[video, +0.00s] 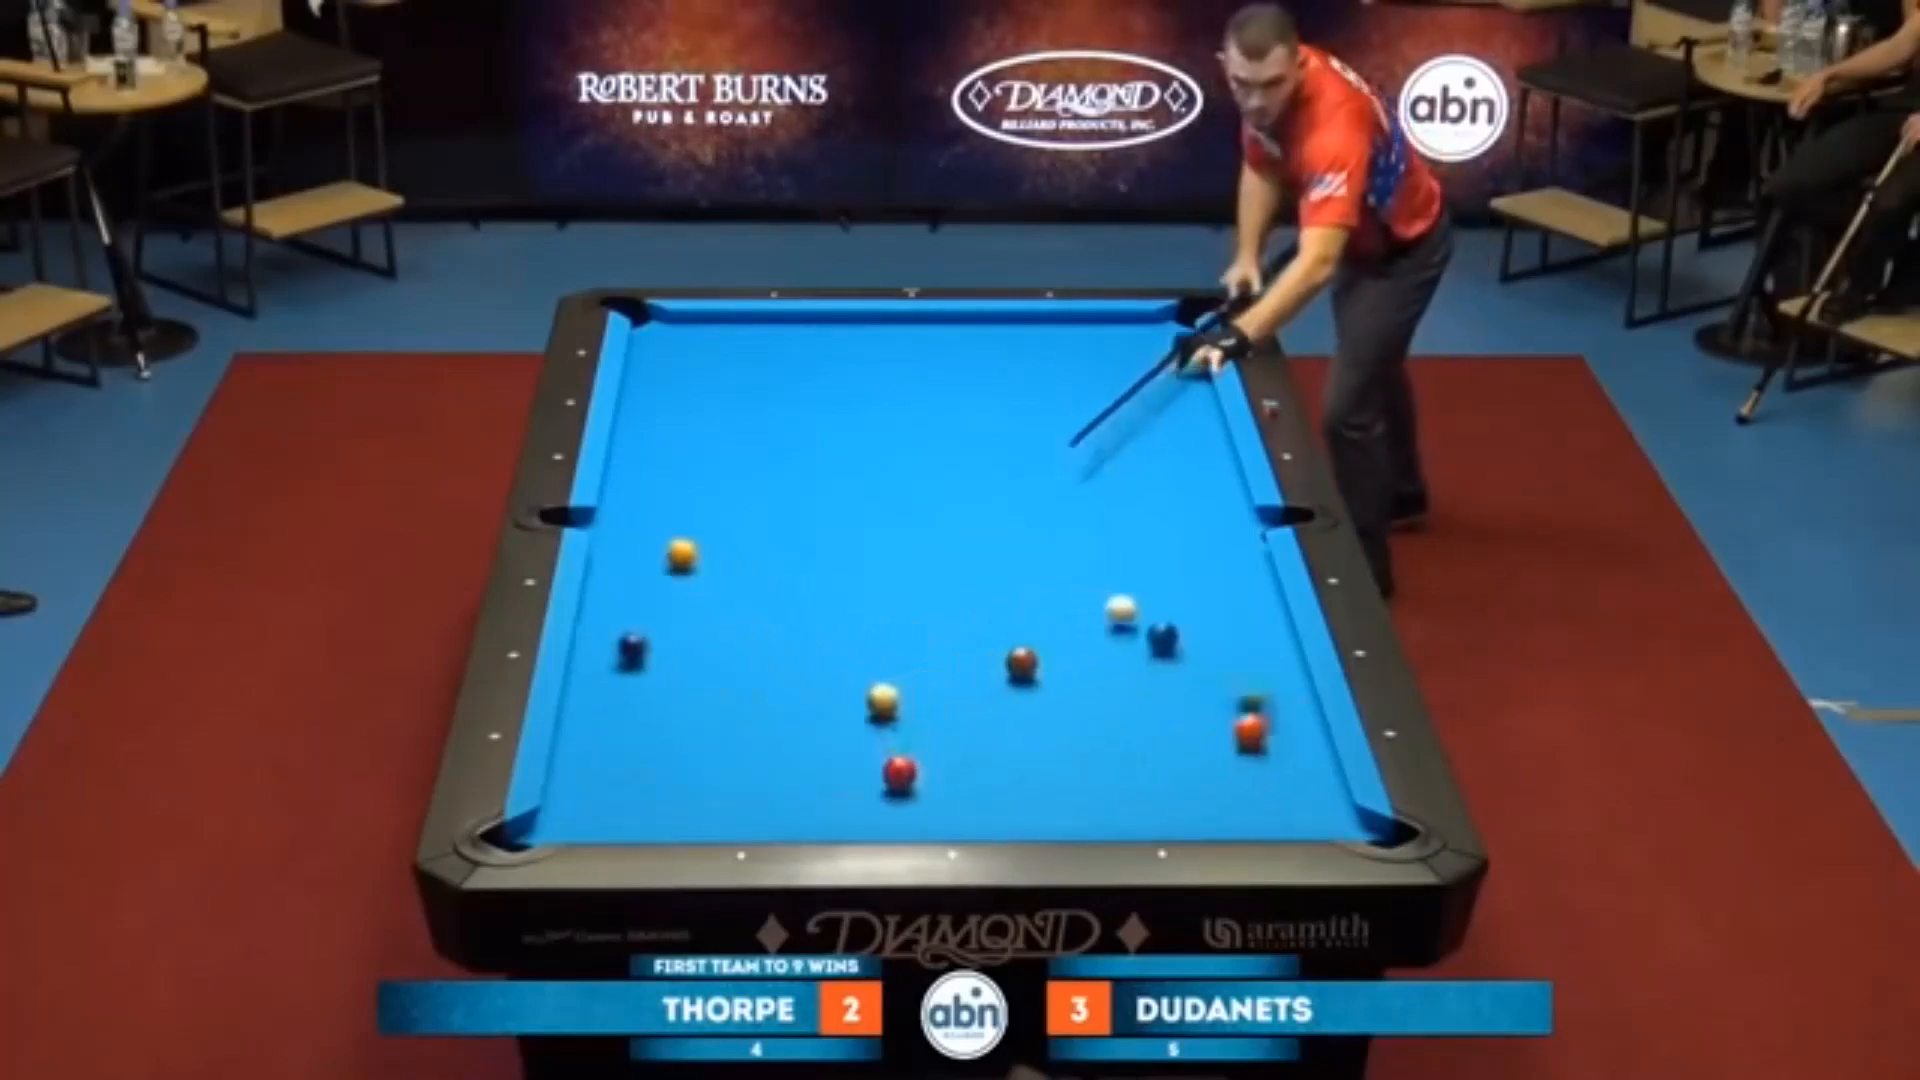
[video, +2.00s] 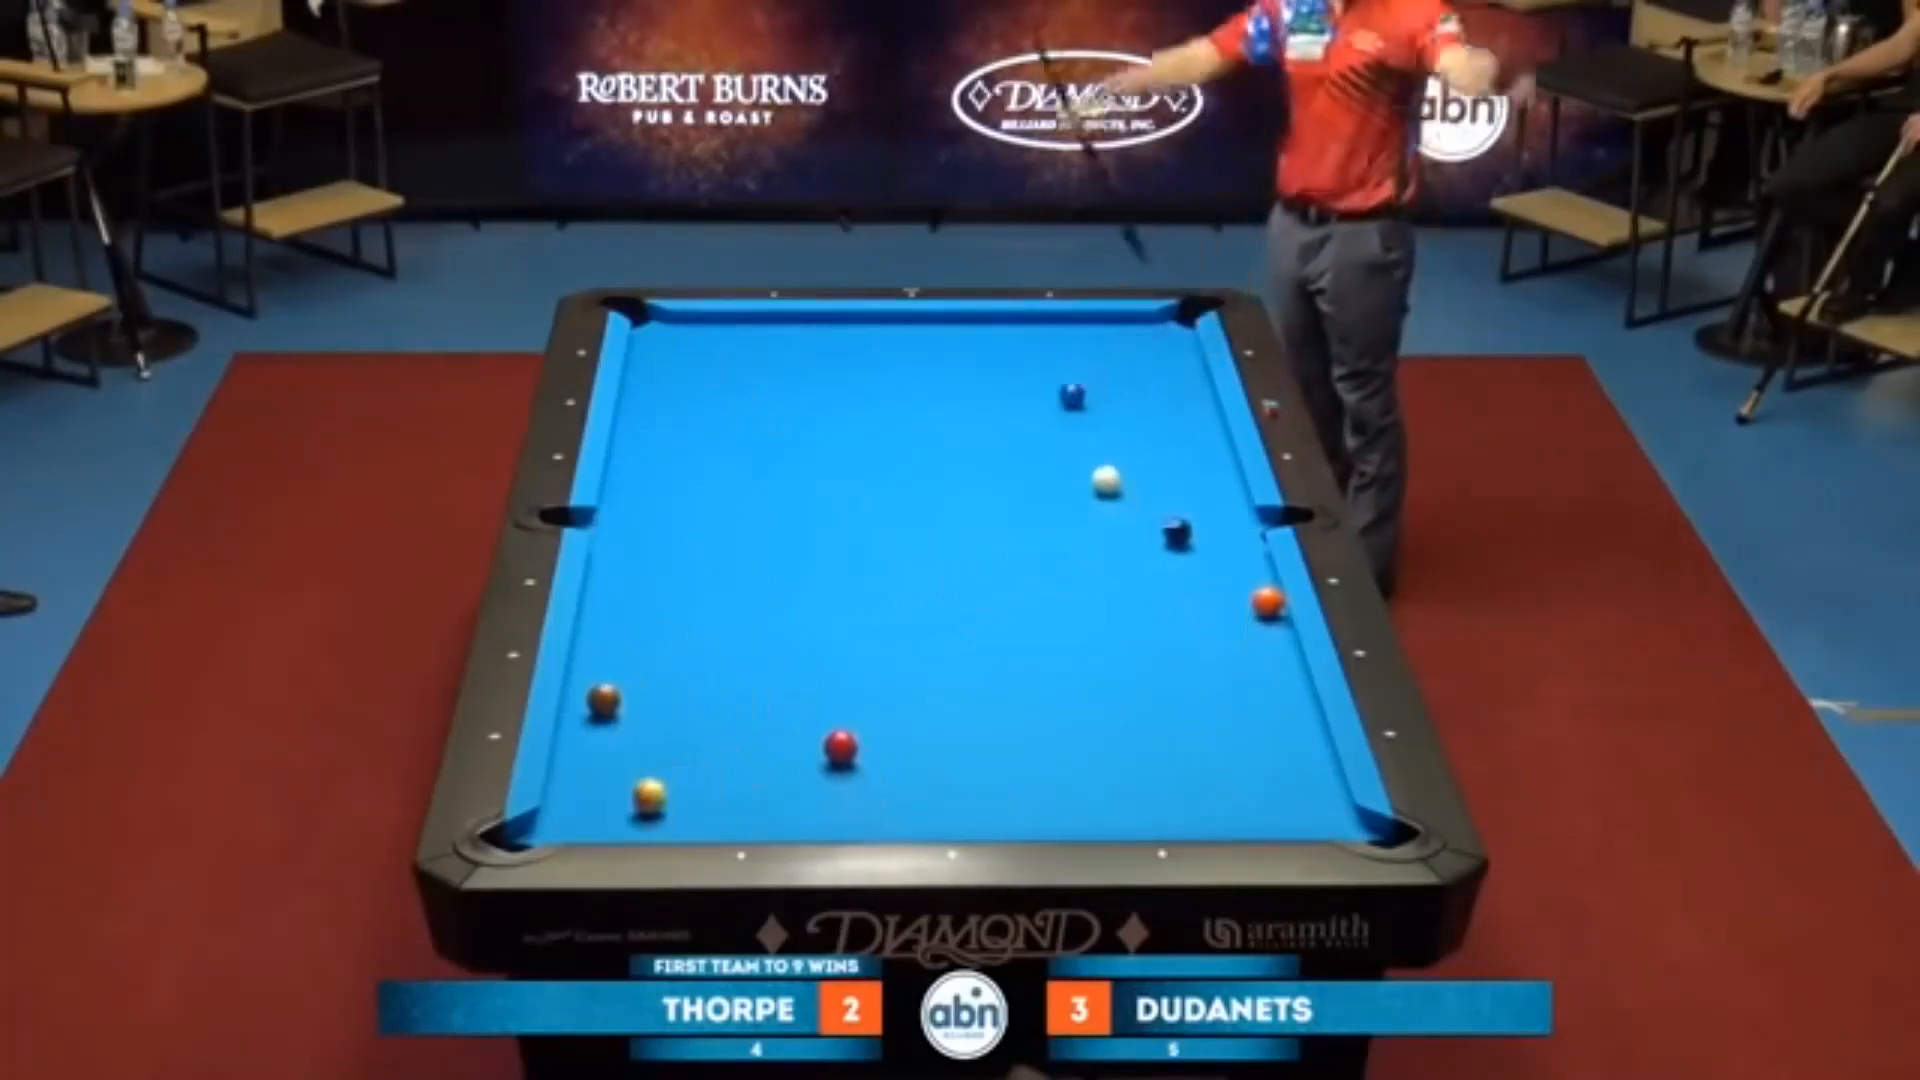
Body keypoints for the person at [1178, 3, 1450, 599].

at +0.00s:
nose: (1256, 101)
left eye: (1271, 85)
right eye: (1243, 86)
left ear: (1298, 64)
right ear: (1226, 66)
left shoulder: (1335, 118)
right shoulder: (1254, 80)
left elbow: (1319, 261)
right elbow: (1260, 165)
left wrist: (1237, 337)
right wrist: (1247, 256)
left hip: (1406, 242)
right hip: (1347, 237)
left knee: (1347, 414)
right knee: (1376, 371)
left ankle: (1367, 575)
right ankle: (1402, 493)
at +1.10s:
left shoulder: (1383, 42)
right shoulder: (1283, 24)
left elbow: (1368, 180)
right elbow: (1274, 130)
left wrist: (1271, 236)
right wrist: (1249, 228)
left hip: (1373, 244)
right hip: (1311, 240)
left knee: (1357, 405)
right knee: (1301, 393)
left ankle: (1368, 562)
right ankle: (1315, 538)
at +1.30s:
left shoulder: (1394, 32)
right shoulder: (1281, 20)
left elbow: (1404, 166)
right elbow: (1270, 129)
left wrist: (1322, 236)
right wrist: (1242, 225)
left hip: (1368, 241)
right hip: (1295, 235)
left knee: (1361, 403)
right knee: (1303, 394)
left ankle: (1369, 563)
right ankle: (1312, 537)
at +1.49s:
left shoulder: (1400, 30)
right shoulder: (1281, 19)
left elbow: (1415, 164)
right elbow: (1268, 125)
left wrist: (1411, 277)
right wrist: (1244, 222)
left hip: (1362, 239)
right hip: (1284, 233)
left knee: (1362, 406)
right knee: (1296, 399)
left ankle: (1367, 563)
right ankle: (1304, 543)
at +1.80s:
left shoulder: (1407, 23)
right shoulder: (1287, 17)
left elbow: (1438, 128)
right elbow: (1242, 110)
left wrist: (1470, 229)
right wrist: (1184, 194)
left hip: (1362, 234)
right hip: (1288, 228)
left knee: (1361, 401)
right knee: (1303, 396)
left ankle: (1368, 565)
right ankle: (1311, 543)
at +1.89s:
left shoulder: (1409, 19)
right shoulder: (1287, 15)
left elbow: (1444, 99)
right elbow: (1222, 95)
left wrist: (1476, 174)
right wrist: (1144, 168)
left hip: (1364, 235)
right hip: (1290, 229)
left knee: (1364, 403)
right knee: (1302, 395)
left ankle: (1369, 566)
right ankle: (1312, 537)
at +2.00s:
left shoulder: (1413, 12)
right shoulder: (1283, 10)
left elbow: (1468, 72)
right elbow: (1206, 54)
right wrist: (1129, 80)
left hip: (1365, 233)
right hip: (1292, 227)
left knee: (1365, 403)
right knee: (1304, 396)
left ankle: (1370, 564)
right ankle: (1314, 540)